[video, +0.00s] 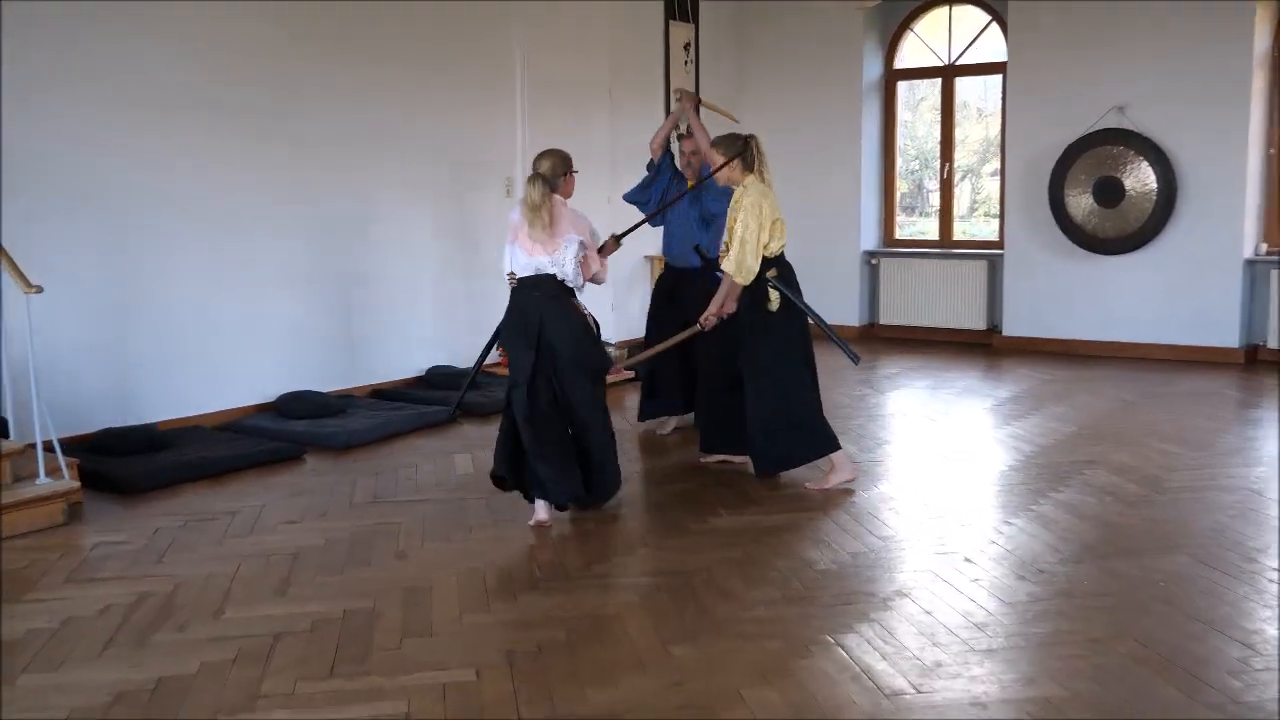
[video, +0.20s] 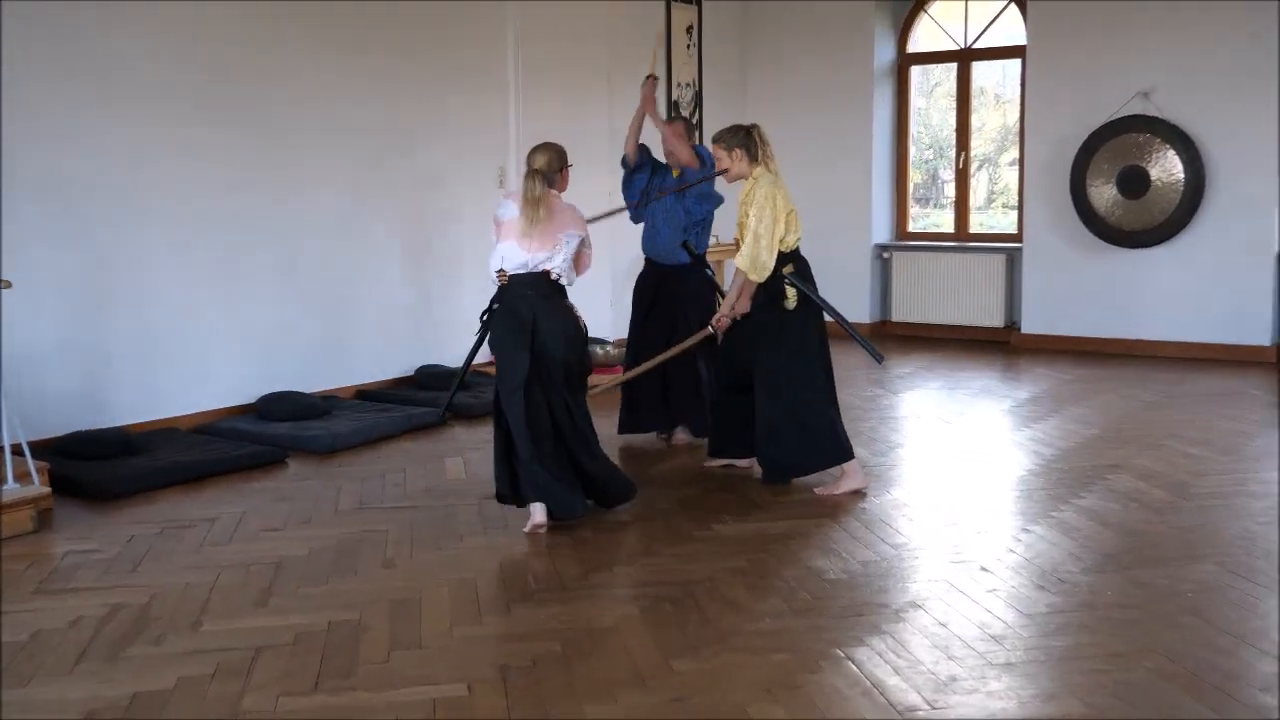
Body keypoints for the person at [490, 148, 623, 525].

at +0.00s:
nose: (575, 180)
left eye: (573, 174)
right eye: (573, 175)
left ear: (538, 178)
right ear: (565, 179)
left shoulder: (518, 217)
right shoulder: (577, 220)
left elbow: (512, 273)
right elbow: (595, 274)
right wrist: (602, 254)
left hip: (521, 309)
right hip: (562, 310)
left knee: (531, 400)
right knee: (570, 395)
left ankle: (540, 498)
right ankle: (576, 483)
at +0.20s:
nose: (570, 174)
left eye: (569, 168)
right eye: (569, 169)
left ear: (530, 171)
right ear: (561, 174)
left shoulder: (506, 210)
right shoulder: (571, 216)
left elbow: (499, 262)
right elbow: (580, 266)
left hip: (510, 306)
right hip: (552, 307)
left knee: (517, 402)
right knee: (556, 396)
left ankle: (536, 501)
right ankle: (564, 487)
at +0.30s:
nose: (565, 172)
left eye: (562, 166)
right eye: (563, 167)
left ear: (523, 169)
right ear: (556, 171)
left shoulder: (499, 207)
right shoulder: (568, 210)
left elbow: (496, 240)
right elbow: (575, 248)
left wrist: (510, 190)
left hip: (507, 303)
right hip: (550, 302)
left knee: (516, 400)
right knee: (556, 393)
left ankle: (530, 499)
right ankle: (558, 484)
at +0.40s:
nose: (552, 163)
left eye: (547, 158)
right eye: (549, 158)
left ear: (510, 164)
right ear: (543, 164)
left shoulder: (496, 198)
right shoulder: (563, 197)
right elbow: (568, 216)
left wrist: (498, 155)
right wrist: (538, 173)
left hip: (508, 295)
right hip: (550, 295)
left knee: (511, 390)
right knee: (554, 385)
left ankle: (514, 481)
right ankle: (557, 482)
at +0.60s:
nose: (519, 147)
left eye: (518, 144)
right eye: (516, 143)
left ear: (481, 156)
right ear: (510, 149)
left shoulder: (480, 194)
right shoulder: (532, 182)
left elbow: (505, 154)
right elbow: (561, 169)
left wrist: (530, 117)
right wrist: (550, 122)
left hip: (493, 287)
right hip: (533, 286)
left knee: (507, 373)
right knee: (546, 376)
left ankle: (485, 460)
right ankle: (537, 480)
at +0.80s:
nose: (515, 125)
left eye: (512, 120)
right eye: (511, 120)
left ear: (480, 129)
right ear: (501, 126)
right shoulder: (501, 157)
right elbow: (552, 116)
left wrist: (551, 86)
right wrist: (532, 71)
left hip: (480, 267)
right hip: (499, 267)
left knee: (510, 360)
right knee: (523, 359)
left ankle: (533, 457)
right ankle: (525, 465)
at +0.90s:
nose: (508, 127)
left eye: (507, 121)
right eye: (504, 122)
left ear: (482, 128)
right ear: (487, 127)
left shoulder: (495, 168)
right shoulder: (478, 158)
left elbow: (541, 156)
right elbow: (522, 126)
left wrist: (551, 99)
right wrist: (530, 77)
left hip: (491, 267)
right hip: (476, 268)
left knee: (501, 354)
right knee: (494, 359)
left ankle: (483, 434)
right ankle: (462, 456)